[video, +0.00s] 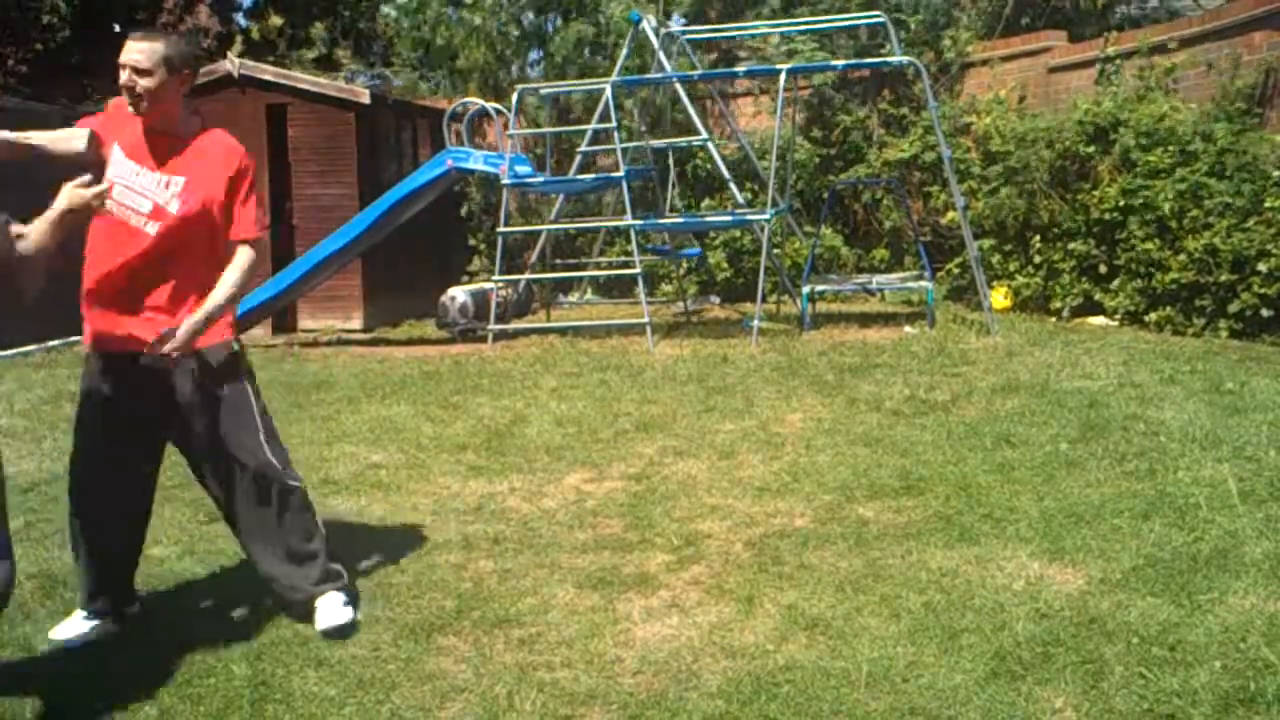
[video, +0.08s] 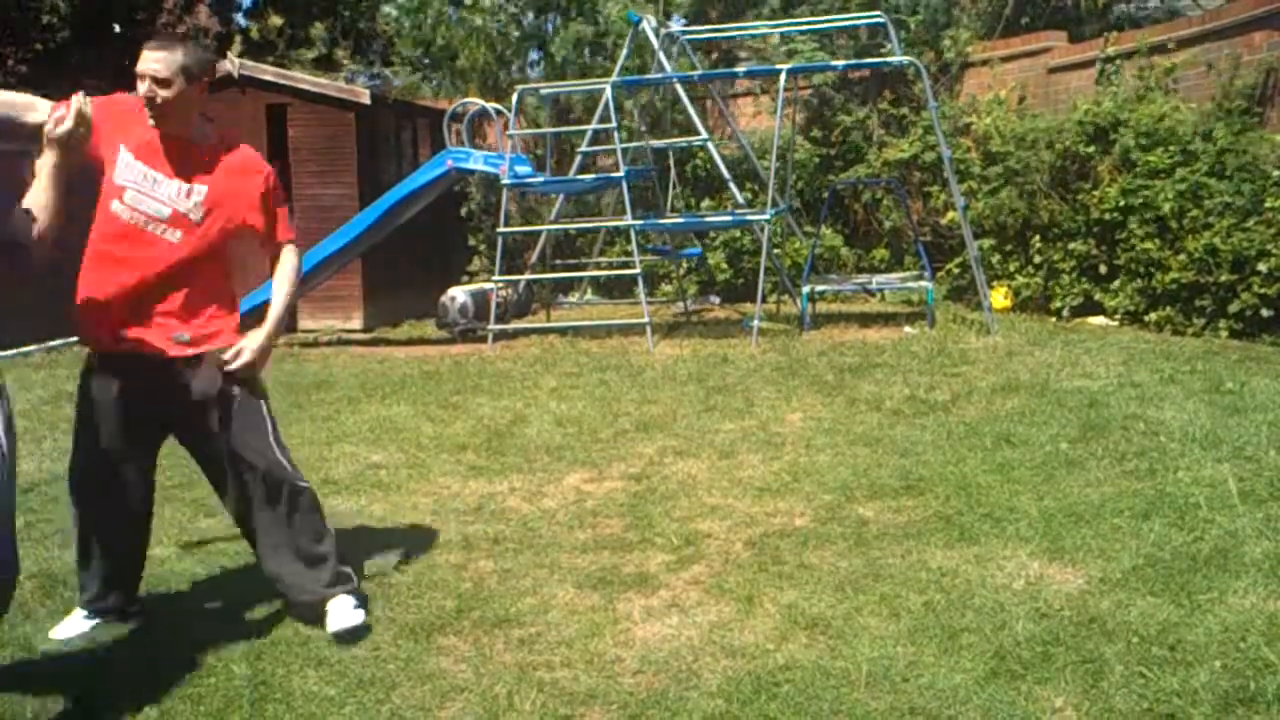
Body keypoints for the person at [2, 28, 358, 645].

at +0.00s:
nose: (126, 81)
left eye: (140, 72)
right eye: (122, 69)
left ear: (181, 81)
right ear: (120, 73)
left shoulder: (225, 157)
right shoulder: (115, 122)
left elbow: (249, 250)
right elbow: (62, 142)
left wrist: (196, 320)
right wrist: (8, 138)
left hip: (200, 350)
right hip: (116, 352)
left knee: (258, 471)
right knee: (101, 486)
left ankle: (323, 586)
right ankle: (106, 604)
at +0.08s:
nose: (146, 92)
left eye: (161, 83)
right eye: (141, 78)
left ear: (202, 87)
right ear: (135, 70)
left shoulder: (245, 171)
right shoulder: (114, 117)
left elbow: (288, 249)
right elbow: (17, 108)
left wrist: (268, 332)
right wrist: (45, 119)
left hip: (206, 353)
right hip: (118, 352)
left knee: (266, 474)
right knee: (104, 484)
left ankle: (330, 589)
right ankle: (106, 602)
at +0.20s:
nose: (186, 111)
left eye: (202, 102)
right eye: (180, 97)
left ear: (236, 109)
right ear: (171, 94)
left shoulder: (268, 182)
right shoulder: (140, 134)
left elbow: (322, 244)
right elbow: (47, 113)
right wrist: (15, 70)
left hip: (230, 367)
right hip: (139, 364)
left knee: (287, 474)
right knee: (111, 497)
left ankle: (347, 605)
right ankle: (103, 606)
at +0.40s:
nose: (196, 50)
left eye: (210, 38)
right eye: (192, 39)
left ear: (254, 44)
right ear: (193, 46)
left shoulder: (310, 112)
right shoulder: (191, 107)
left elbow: (391, 172)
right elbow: (125, 160)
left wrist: (449, 221)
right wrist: (45, 148)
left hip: (292, 334)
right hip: (217, 329)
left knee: (316, 480)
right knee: (183, 472)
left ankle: (349, 604)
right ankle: (207, 589)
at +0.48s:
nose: (201, 41)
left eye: (214, 28)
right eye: (198, 29)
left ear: (258, 33)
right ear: (210, 39)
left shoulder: (310, 85)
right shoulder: (218, 104)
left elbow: (375, 117)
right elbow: (192, 188)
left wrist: (406, 131)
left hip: (319, 310)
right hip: (257, 313)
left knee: (320, 471)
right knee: (229, 463)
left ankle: (405, 582)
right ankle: (306, 593)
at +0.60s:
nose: (232, 67)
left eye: (243, 53)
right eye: (227, 55)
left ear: (278, 54)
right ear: (230, 61)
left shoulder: (318, 114)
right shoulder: (263, 129)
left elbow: (330, 93)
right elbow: (296, 225)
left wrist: (289, 44)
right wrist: (271, 264)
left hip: (343, 338)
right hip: (296, 341)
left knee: (354, 482)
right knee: (273, 482)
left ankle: (492, 608)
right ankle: (322, 613)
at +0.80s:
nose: (334, 83)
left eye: (347, 69)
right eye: (330, 73)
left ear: (393, 74)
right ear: (351, 83)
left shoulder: (423, 124)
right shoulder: (371, 147)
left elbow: (355, 117)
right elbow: (360, 252)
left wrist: (260, 25)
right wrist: (283, 289)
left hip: (427, 367)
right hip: (366, 372)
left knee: (438, 523)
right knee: (319, 526)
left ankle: (543, 672)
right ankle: (312, 652)